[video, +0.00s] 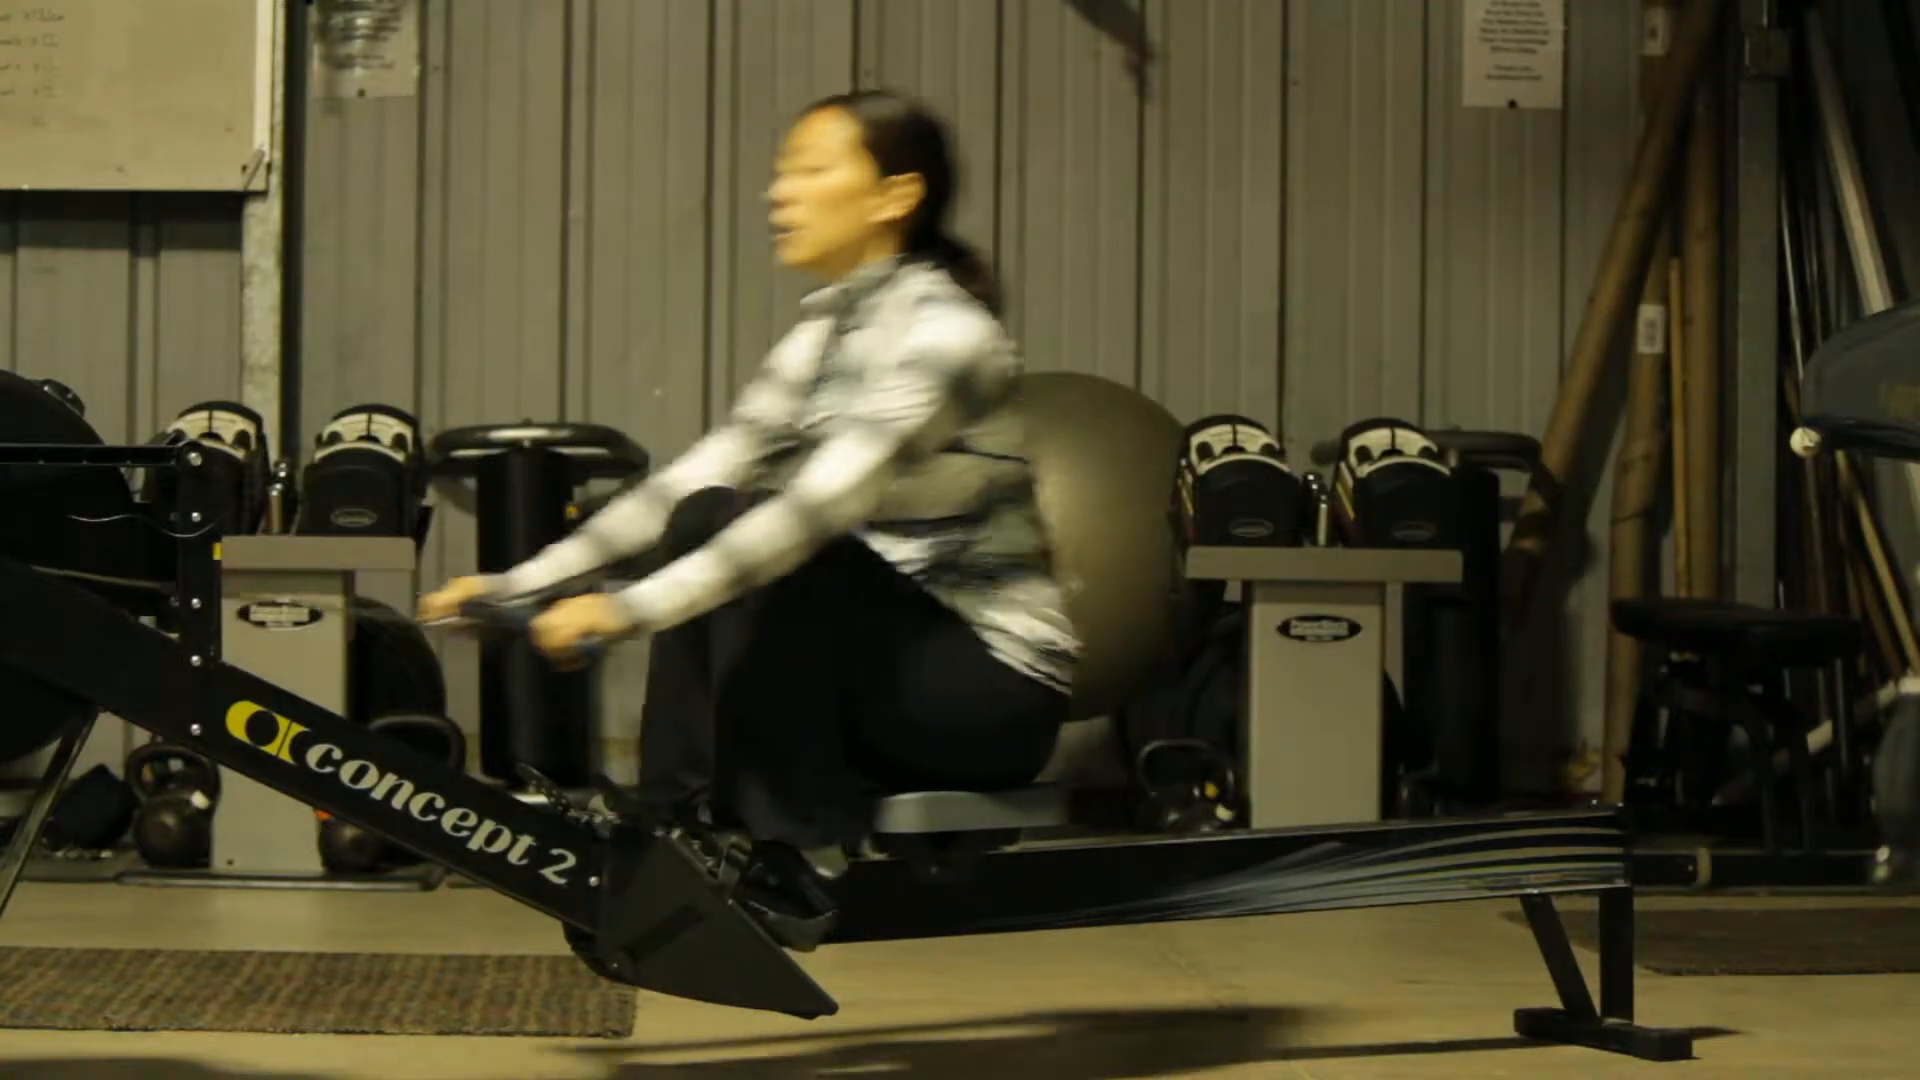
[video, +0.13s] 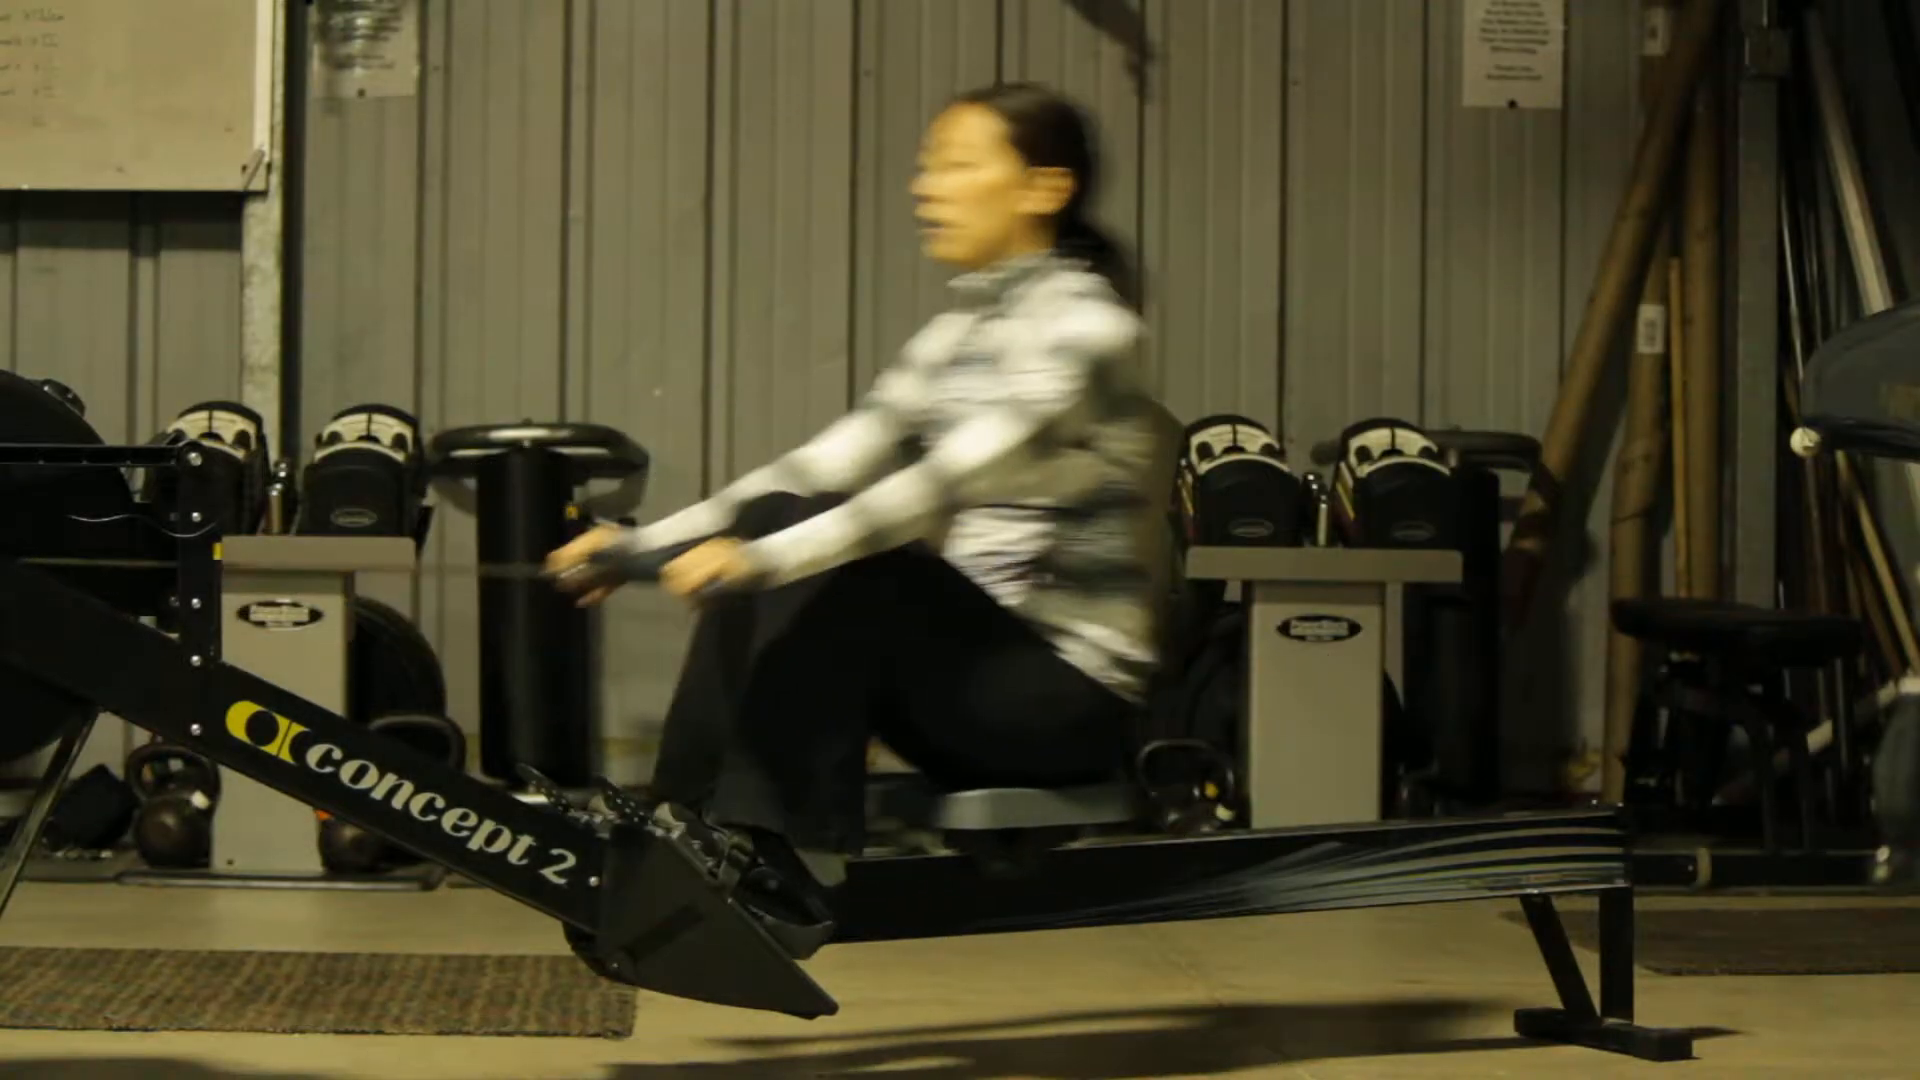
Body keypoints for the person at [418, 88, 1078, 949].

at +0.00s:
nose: (777, 192)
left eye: (809, 169)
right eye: (783, 169)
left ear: (896, 196)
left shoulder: (941, 330)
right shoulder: (823, 333)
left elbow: (811, 514)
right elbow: (696, 480)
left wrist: (630, 607)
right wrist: (514, 589)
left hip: (995, 689)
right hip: (896, 662)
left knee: (796, 572)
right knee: (702, 525)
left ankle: (797, 858)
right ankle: (678, 825)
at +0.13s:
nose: (924, 187)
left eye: (955, 165)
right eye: (927, 164)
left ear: (1046, 190)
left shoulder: (1082, 318)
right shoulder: (961, 326)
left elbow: (944, 480)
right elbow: (825, 465)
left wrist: (766, 557)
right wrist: (645, 544)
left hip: (1076, 700)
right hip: (986, 680)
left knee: (876, 583)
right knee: (756, 572)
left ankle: (774, 852)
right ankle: (677, 834)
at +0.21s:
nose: (1032, 198)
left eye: (1061, 175)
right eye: (1034, 175)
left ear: (1152, 196)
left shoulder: (1181, 326)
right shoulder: (1061, 332)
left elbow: (1034, 454)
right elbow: (921, 437)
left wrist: (850, 514)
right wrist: (718, 499)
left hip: (1143, 700)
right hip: (1056, 682)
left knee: (899, 578)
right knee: (816, 567)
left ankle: (787, 856)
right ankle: (695, 832)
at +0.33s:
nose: (1185, 212)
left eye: (1211, 187)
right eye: (1186, 189)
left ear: (1297, 204)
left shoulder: (1311, 333)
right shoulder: (1205, 333)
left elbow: (1147, 419)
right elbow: (1049, 405)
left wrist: (971, 464)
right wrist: (841, 456)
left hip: (1215, 693)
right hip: (1144, 675)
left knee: (939, 583)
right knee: (890, 576)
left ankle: (813, 858)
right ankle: (726, 826)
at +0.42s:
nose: (1263, 224)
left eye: (1290, 199)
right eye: (1263, 200)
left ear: (1375, 214)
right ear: (1271, 215)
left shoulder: (1388, 340)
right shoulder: (1274, 341)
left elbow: (1215, 415)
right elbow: (1114, 401)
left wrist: (1052, 453)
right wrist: (917, 443)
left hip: (1270, 691)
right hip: (1191, 672)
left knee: (982, 606)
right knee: (913, 604)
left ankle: (820, 862)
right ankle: (749, 828)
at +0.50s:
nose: (1331, 241)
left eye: (1354, 219)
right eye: (1329, 221)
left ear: (1439, 229)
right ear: (1337, 231)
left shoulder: (1453, 350)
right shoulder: (1337, 354)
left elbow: (1331, 439)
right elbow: (1207, 419)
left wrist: (1133, 452)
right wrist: (1001, 457)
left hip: (1319, 685)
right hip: (1234, 666)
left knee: (1018, 642)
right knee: (955, 630)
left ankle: (832, 875)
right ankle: (754, 834)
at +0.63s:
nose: (1399, 266)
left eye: (1422, 245)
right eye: (1397, 244)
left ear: (1502, 251)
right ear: (1425, 254)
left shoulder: (1524, 370)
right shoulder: (1402, 376)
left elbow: (1471, 494)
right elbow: (1292, 486)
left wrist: (1274, 482)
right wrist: (1122, 483)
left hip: (1363, 682)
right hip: (1278, 658)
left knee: (1057, 698)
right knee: (996, 680)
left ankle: (815, 888)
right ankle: (750, 844)